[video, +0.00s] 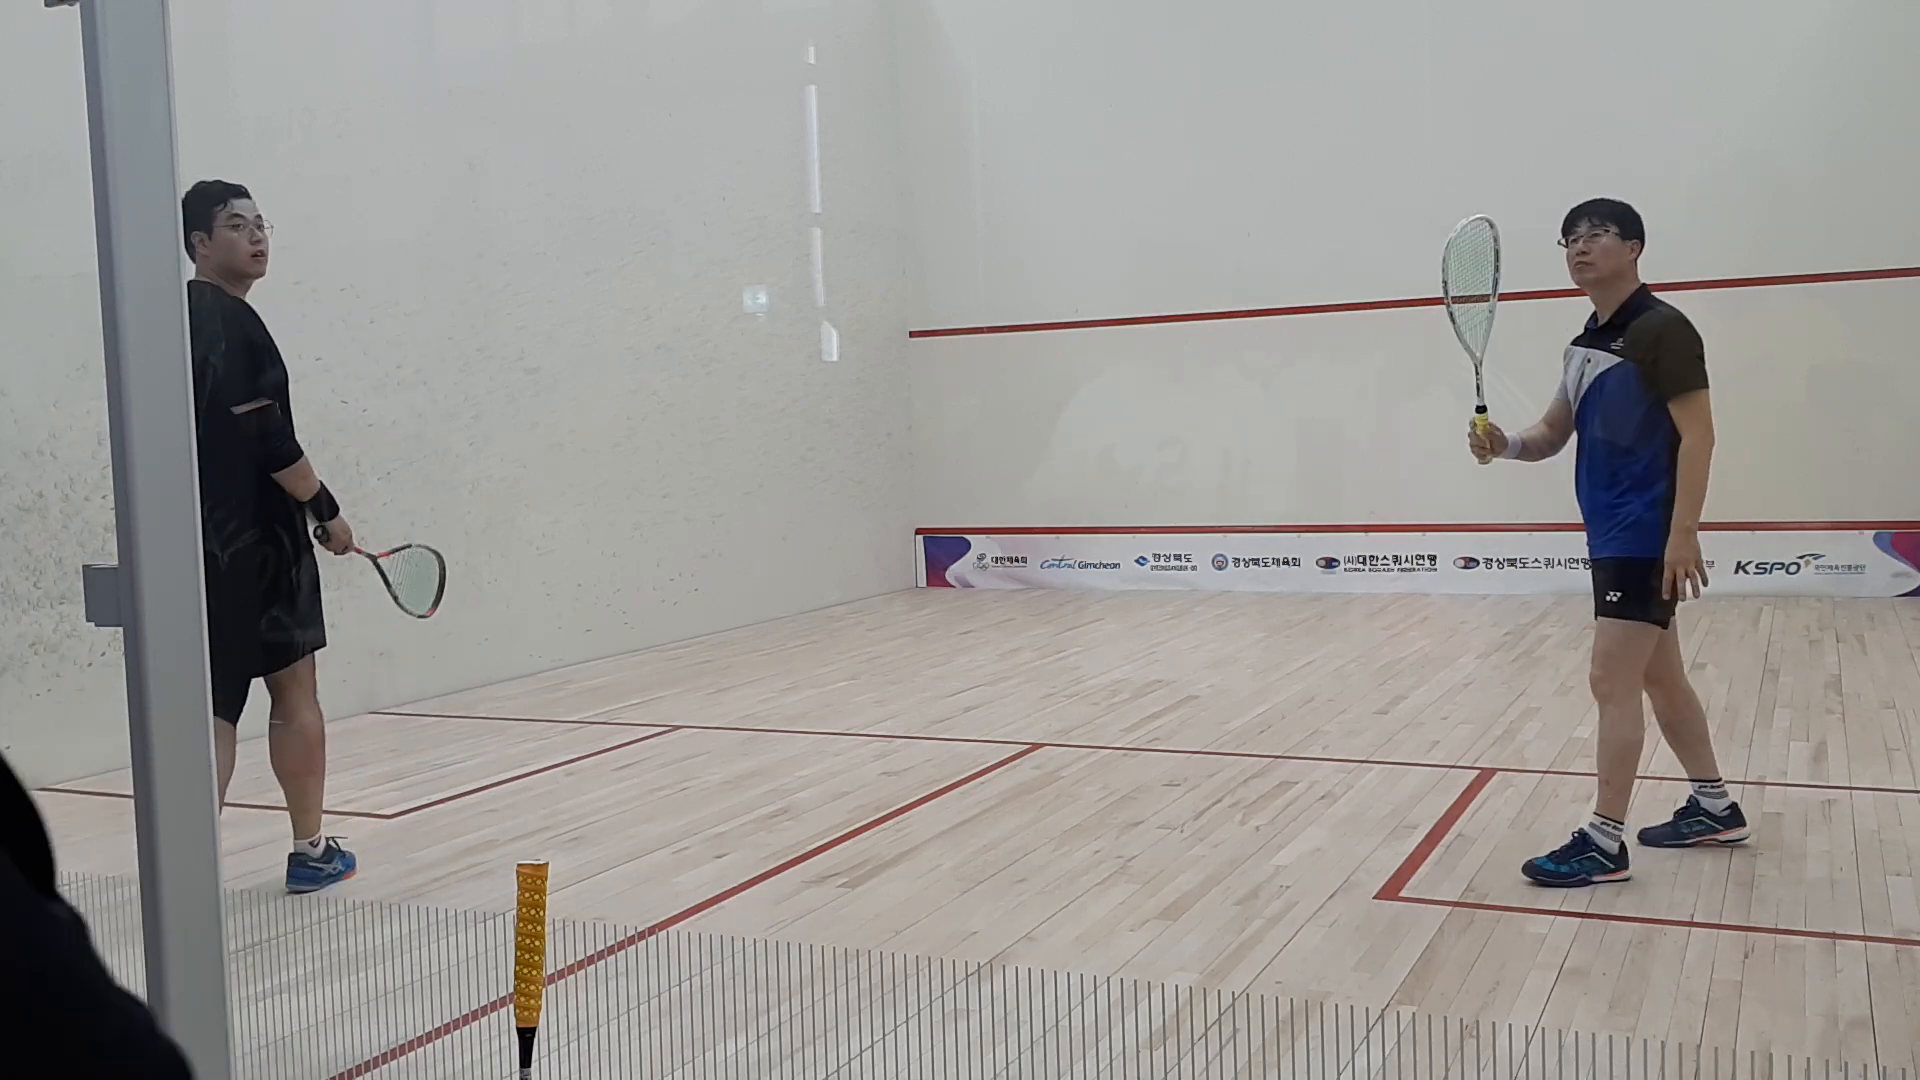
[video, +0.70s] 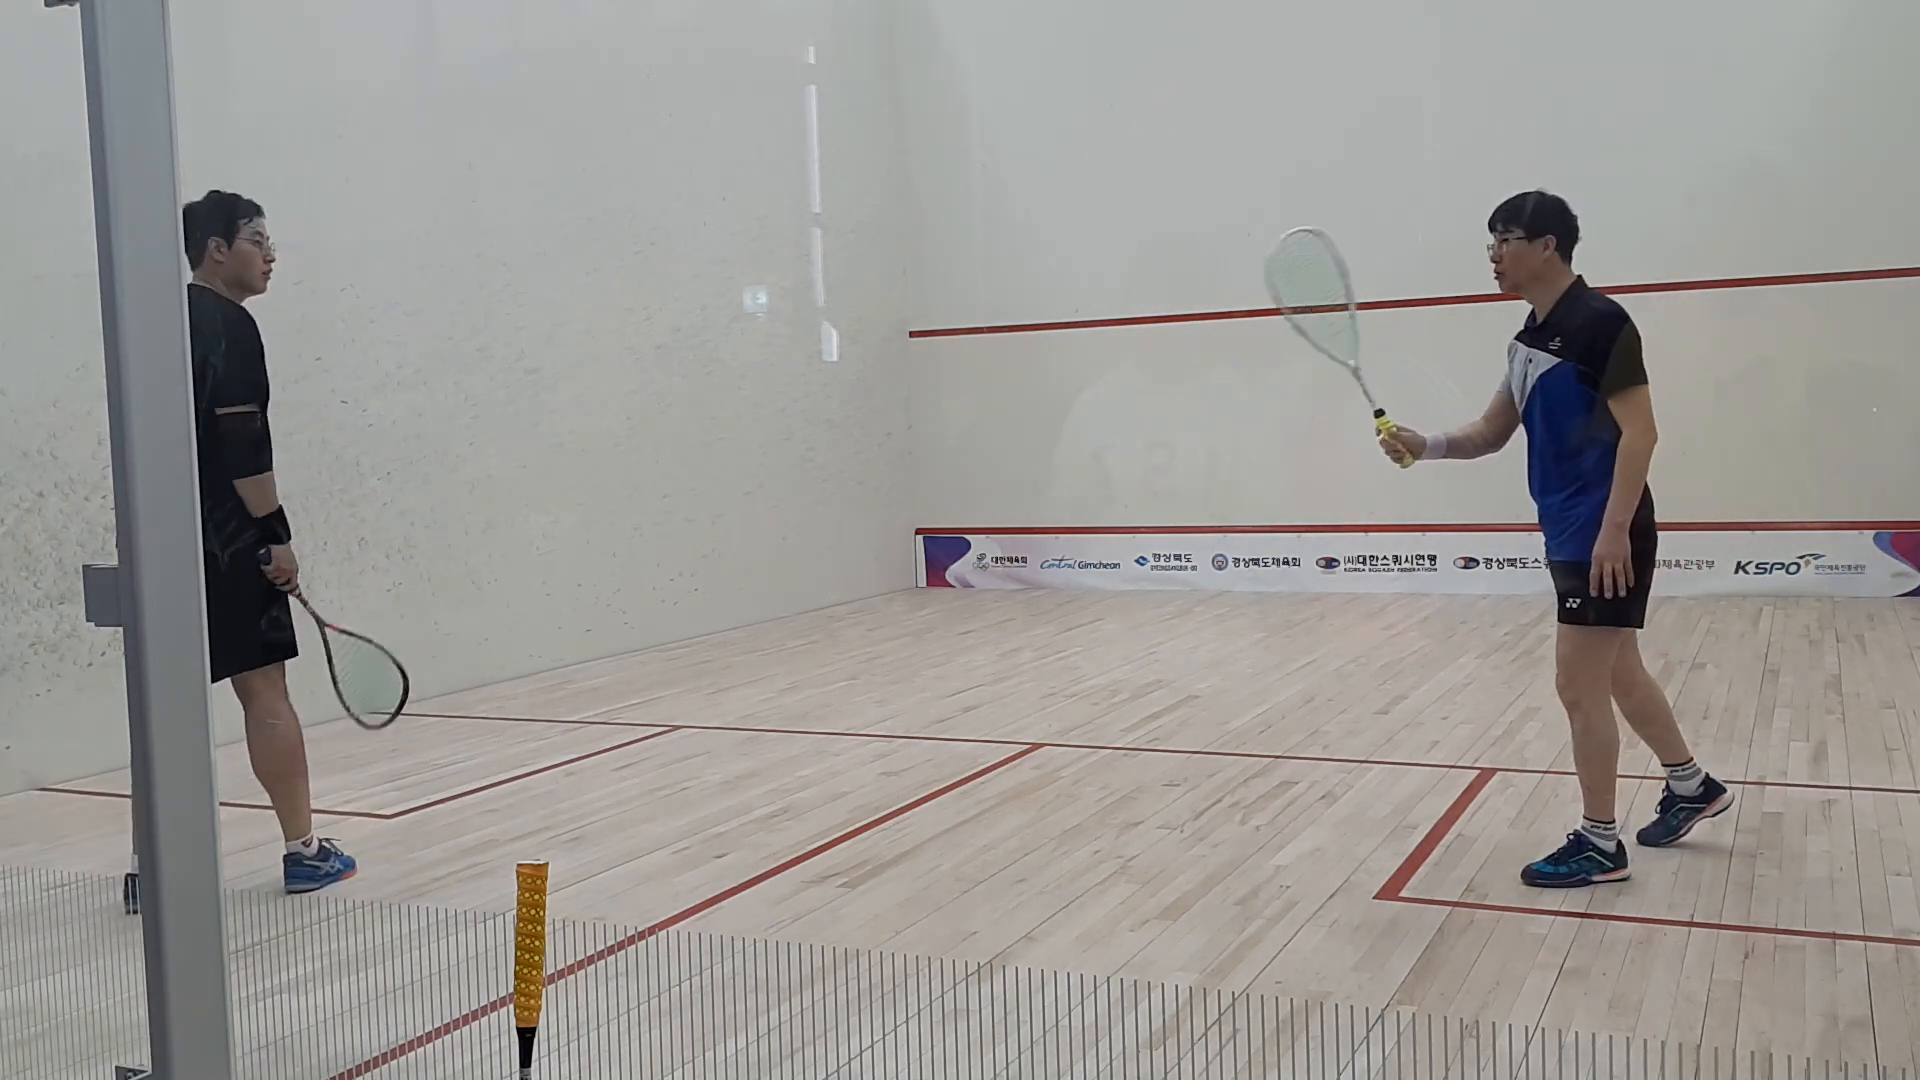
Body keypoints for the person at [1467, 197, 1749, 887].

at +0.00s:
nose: (1578, 247)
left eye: (1594, 235)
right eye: (1571, 240)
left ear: (1632, 248)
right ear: (1566, 260)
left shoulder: (1663, 329)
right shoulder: (1585, 345)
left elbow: (1699, 434)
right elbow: (1549, 435)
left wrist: (1684, 531)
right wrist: (1505, 444)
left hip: (1645, 540)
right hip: (1612, 539)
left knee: (1613, 681)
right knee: (1664, 679)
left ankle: (1606, 837)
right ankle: (1714, 802)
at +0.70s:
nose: (1491, 256)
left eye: (1502, 242)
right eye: (1491, 243)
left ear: (1548, 247)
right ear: (1531, 252)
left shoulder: (1603, 325)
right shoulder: (1531, 336)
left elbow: (1640, 433)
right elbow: (1490, 431)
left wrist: (1615, 528)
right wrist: (1428, 443)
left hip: (1607, 538)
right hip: (1570, 538)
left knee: (1580, 685)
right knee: (1624, 673)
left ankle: (1602, 839)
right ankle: (1690, 781)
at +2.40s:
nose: (1094, 320)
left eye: (1094, 311)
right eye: (1093, 311)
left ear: (1104, 315)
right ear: (1155, 306)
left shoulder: (1128, 375)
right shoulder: (1199, 359)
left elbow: (1121, 469)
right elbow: (1233, 446)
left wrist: (1093, 556)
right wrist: (1270, 508)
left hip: (1203, 551)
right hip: (1260, 540)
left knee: (1177, 685)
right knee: (1239, 676)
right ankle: (1282, 805)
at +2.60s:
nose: (1028, 325)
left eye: (1030, 316)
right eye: (1030, 314)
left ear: (1042, 323)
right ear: (1089, 319)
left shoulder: (1055, 387)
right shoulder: (1138, 376)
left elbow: (1051, 481)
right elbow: (1160, 473)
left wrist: (1028, 569)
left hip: (1110, 562)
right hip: (1178, 556)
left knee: (1031, 677)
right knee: (1194, 684)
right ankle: (1271, 801)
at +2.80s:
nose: (923, 346)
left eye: (925, 337)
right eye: (926, 336)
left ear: (936, 343)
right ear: (985, 339)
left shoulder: (932, 416)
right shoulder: (1033, 401)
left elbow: (927, 511)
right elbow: (1075, 496)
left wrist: (910, 597)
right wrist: (1093, 565)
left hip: (983, 590)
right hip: (1058, 578)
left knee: (891, 688)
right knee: (1131, 694)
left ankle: (872, 826)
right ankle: (1222, 797)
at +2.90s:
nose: (874, 349)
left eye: (876, 340)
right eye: (874, 339)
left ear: (890, 345)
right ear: (938, 343)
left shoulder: (880, 421)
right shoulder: (985, 404)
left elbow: (873, 518)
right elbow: (1027, 499)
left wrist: (856, 606)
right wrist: (1047, 571)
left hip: (936, 588)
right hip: (1011, 580)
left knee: (856, 688)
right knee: (1083, 699)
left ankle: (870, 825)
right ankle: (1164, 806)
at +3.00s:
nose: (844, 329)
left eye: (846, 320)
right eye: (846, 320)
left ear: (860, 326)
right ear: (905, 323)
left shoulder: (850, 402)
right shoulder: (955, 384)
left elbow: (848, 498)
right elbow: (994, 482)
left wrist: (834, 586)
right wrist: (1000, 557)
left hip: (907, 574)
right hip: (982, 563)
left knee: (850, 689)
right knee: (1033, 696)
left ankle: (868, 824)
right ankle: (1087, 812)